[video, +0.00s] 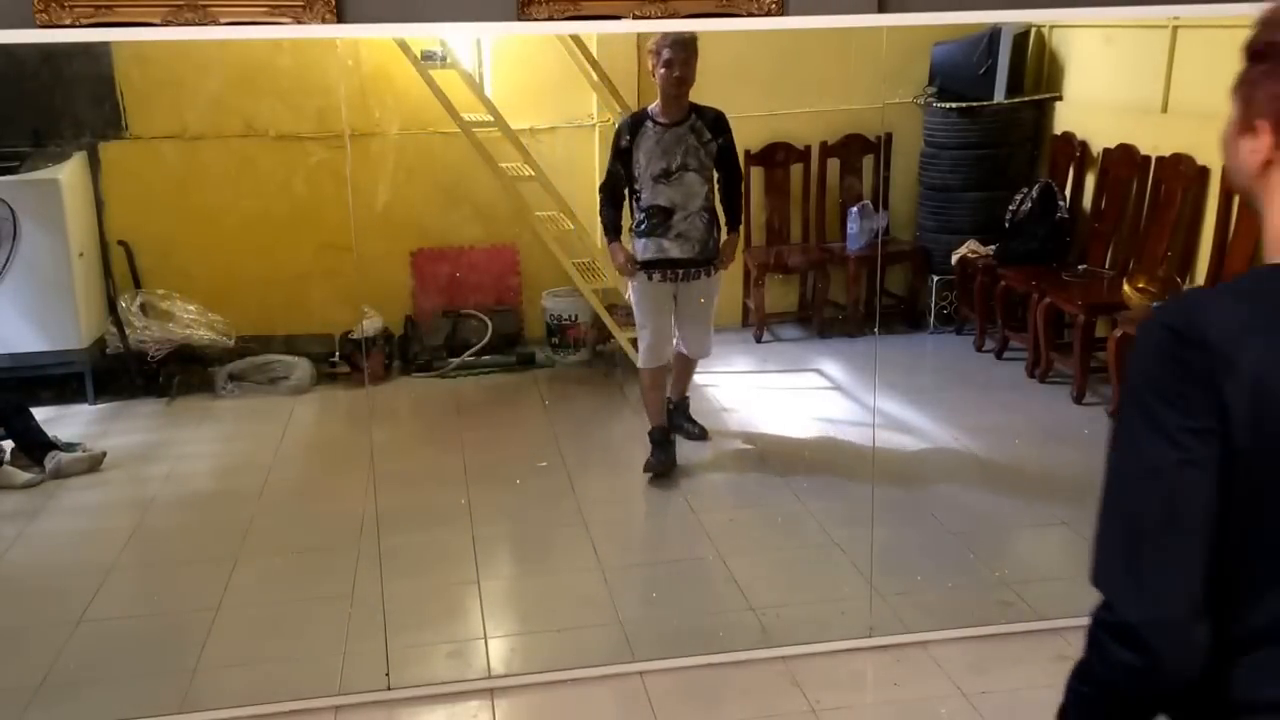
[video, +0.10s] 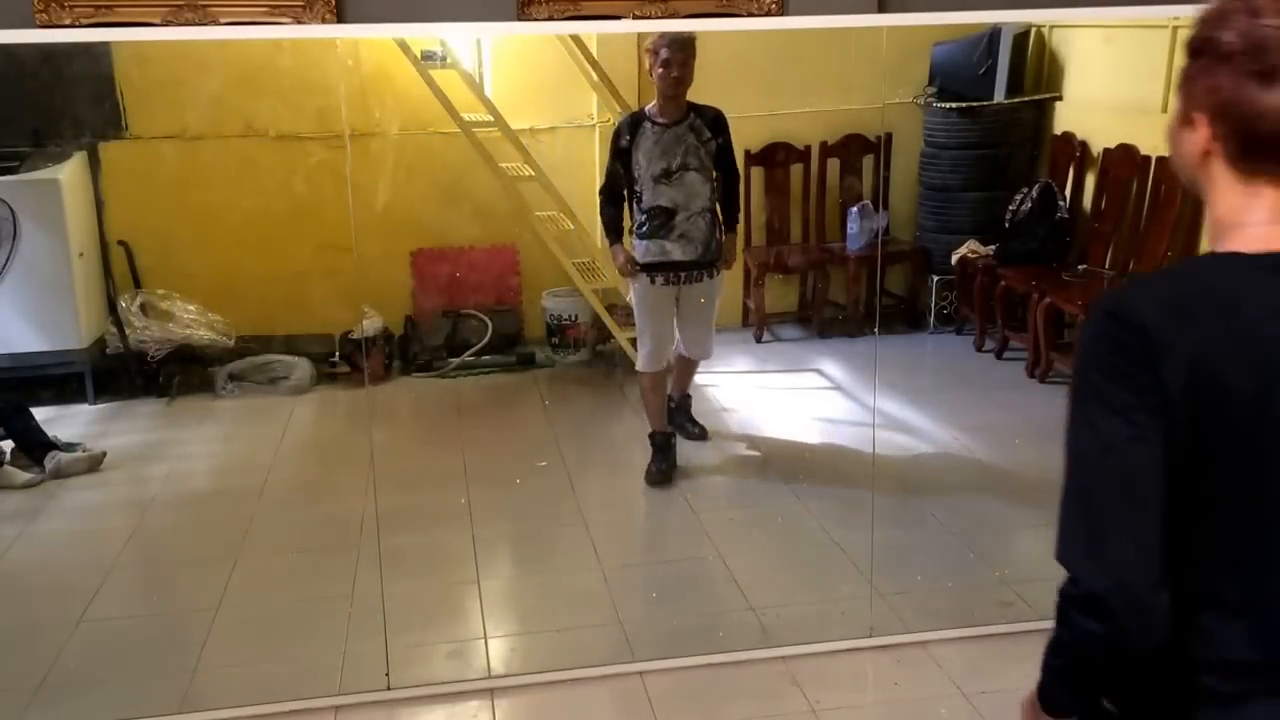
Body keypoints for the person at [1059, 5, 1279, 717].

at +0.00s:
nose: (1226, 145)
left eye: (1231, 124)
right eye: (1231, 123)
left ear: (1260, 141)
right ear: (1264, 142)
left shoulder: (1204, 336)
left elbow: (1149, 628)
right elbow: (1147, 624)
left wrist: (1088, 706)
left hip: (1239, 697)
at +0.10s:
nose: (1170, 130)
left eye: (1175, 110)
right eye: (1178, 107)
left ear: (1201, 130)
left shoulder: (1147, 322)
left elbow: (1110, 586)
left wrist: (1055, 697)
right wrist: (1061, 694)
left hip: (1192, 697)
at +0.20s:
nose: (1117, 117)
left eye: (1122, 96)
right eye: (1124, 94)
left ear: (1141, 120)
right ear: (1268, 120)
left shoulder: (1094, 304)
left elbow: (1071, 543)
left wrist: (1027, 675)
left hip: (1151, 686)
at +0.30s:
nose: (1073, 114)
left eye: (1075, 96)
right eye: (1076, 93)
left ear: (1091, 116)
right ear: (1215, 111)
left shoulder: (1041, 285)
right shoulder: (1267, 250)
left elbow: (1019, 511)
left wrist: (999, 665)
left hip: (1106, 690)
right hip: (1264, 680)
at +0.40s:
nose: (1037, 111)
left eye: (1039, 94)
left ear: (1053, 111)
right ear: (1178, 100)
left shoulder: (1012, 278)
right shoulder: (1262, 243)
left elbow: (989, 491)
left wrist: (998, 651)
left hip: (1085, 683)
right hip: (1253, 667)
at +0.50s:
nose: (1013, 111)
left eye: (1014, 96)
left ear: (1029, 111)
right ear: (1151, 99)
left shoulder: (988, 272)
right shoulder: (1250, 240)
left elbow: (976, 486)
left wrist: (1001, 651)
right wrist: (1275, 622)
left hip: (1077, 670)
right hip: (1246, 644)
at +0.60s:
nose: (1000, 113)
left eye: (999, 96)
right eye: (1000, 93)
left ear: (1015, 110)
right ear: (1132, 94)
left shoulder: (980, 272)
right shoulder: (1237, 239)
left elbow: (980, 492)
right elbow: (1279, 441)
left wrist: (993, 659)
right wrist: (1272, 621)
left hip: (1066, 666)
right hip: (1228, 650)